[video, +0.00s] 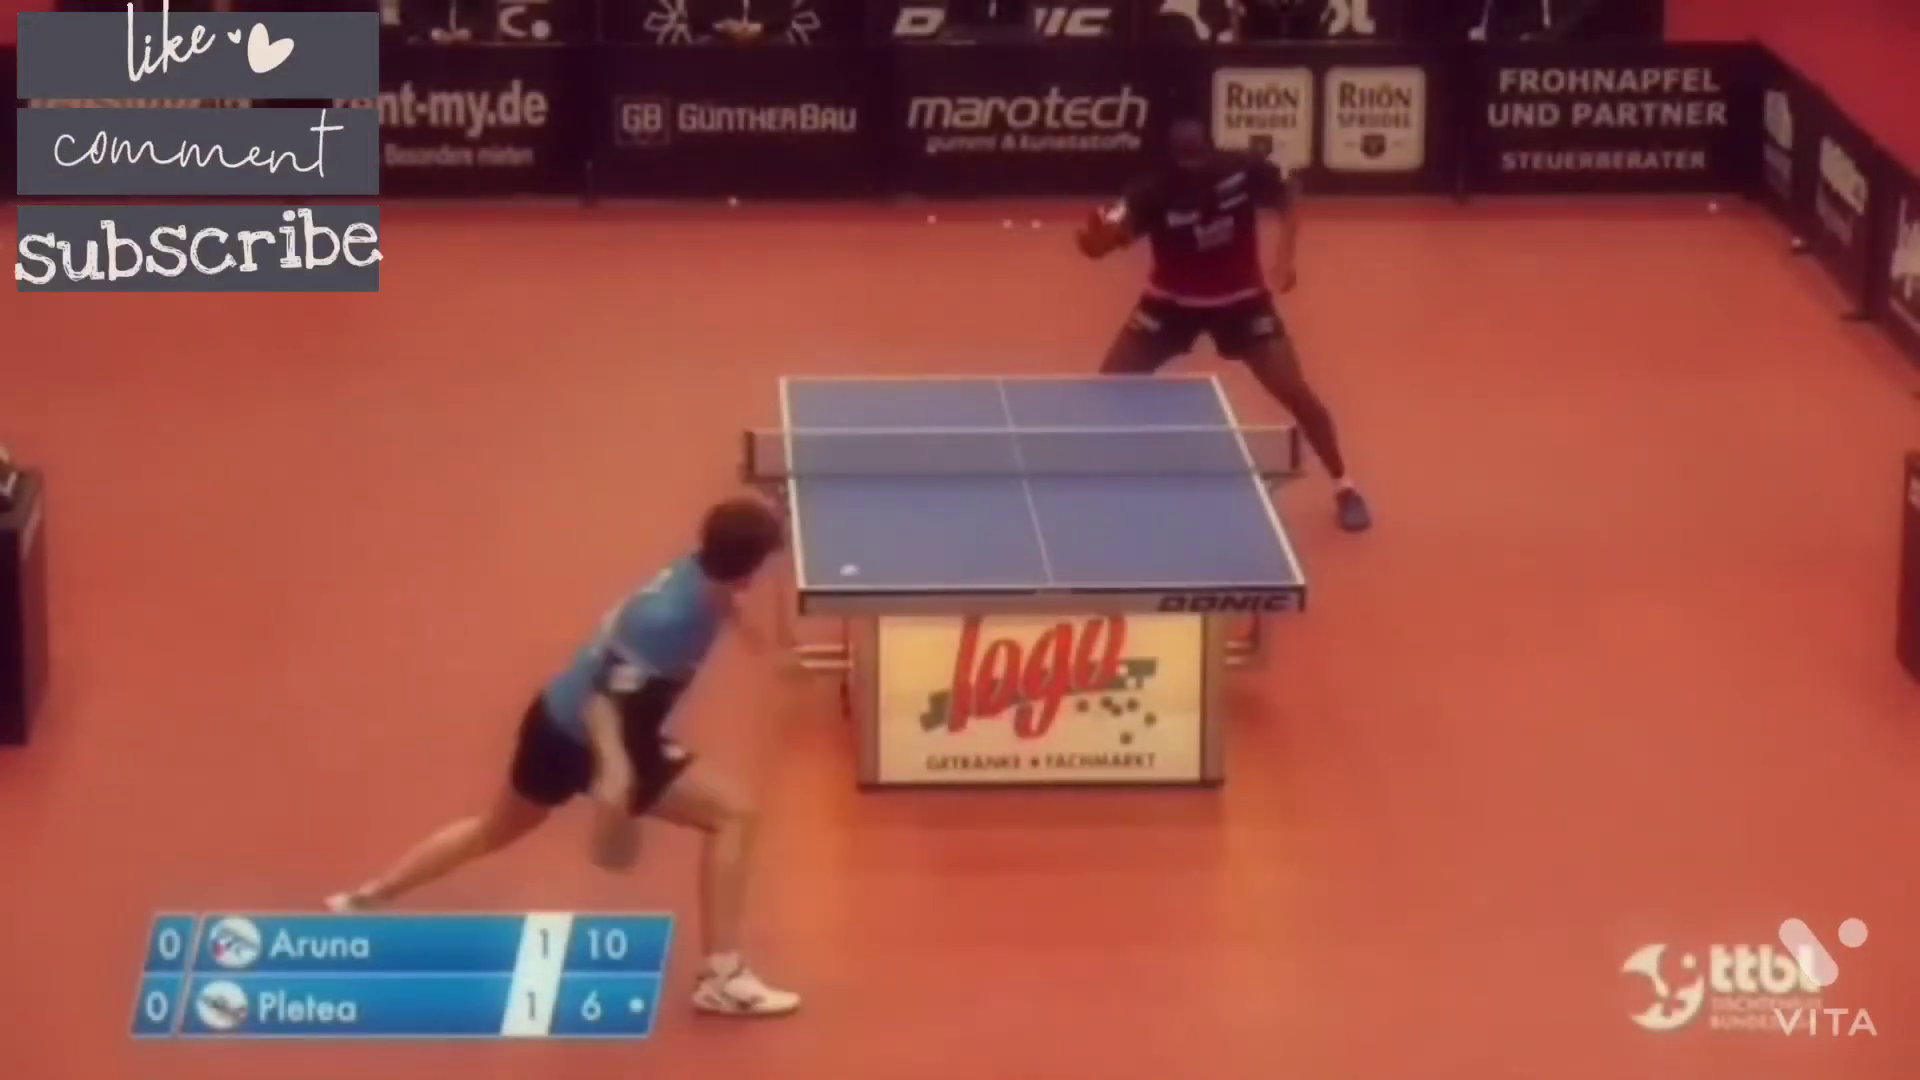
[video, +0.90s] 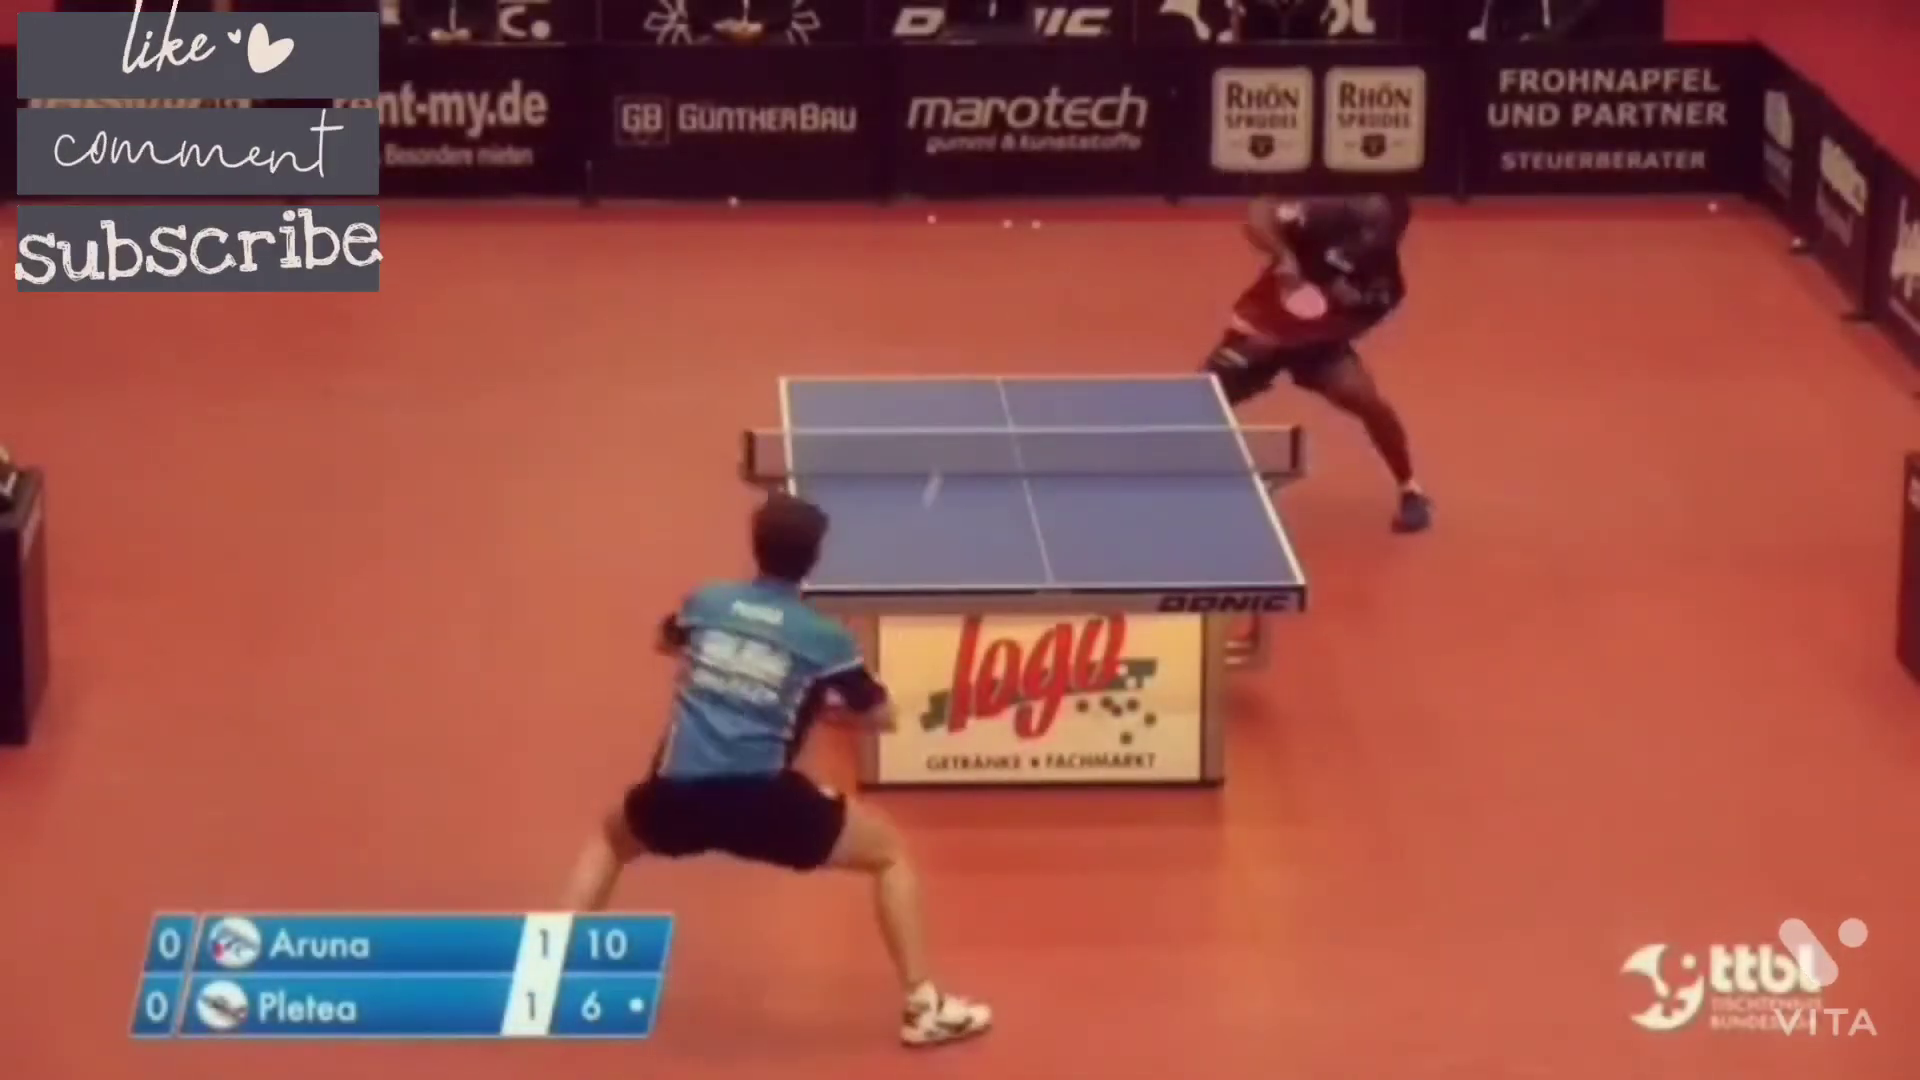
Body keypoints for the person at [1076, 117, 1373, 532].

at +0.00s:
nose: (1191, 160)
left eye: (1197, 150)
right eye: (1183, 152)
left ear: (1210, 145)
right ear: (1169, 152)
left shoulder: (1244, 173)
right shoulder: (1157, 188)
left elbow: (1286, 197)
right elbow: (1113, 235)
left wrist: (1285, 259)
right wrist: (1096, 235)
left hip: (1241, 303)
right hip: (1170, 305)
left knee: (1294, 392)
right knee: (1108, 389)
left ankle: (1343, 486)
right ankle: (1100, 496)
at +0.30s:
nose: (1135, 161)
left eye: (1143, 151)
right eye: (1127, 153)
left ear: (1159, 147)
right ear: (1119, 157)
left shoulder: (1200, 185)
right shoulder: (1116, 201)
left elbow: (1256, 229)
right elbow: (1109, 256)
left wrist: (1231, 286)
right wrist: (1099, 287)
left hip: (1213, 310)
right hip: (1144, 309)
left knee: (1261, 405)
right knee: (1083, 384)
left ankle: (1319, 486)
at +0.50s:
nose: (1160, 189)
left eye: (1165, 180)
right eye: (1154, 182)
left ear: (1181, 175)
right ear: (1149, 182)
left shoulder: (1217, 204)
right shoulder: (1167, 205)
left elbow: (1276, 256)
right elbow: (1164, 242)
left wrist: (1246, 316)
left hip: (1242, 329)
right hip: (1183, 323)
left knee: (1278, 425)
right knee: (1115, 375)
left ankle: (1363, 479)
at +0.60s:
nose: (1232, 175)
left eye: (1240, 167)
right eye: (1230, 167)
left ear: (1263, 167)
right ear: (1232, 170)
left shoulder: (1294, 212)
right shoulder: (1243, 204)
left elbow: (1294, 294)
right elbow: (1225, 216)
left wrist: (1221, 315)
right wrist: (1181, 205)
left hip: (1277, 336)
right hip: (1223, 326)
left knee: (1309, 435)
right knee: (1151, 379)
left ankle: (1402, 485)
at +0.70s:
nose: (1302, 202)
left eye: (1311, 195)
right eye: (1299, 192)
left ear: (1332, 198)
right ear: (1296, 188)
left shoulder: (1346, 248)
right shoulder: (1286, 192)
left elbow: (1300, 313)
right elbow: (1252, 191)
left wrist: (1221, 301)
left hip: (1293, 341)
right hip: (1234, 322)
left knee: (1324, 425)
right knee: (1157, 372)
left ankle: (1401, 488)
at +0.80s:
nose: (1364, 237)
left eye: (1374, 231)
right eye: (1359, 226)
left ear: (1388, 237)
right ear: (1347, 216)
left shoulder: (1381, 289)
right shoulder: (1319, 211)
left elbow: (1342, 334)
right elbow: (1267, 172)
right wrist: (1276, 219)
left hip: (1311, 346)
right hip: (1249, 333)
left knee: (1360, 415)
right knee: (1186, 404)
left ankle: (1405, 490)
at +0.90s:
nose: (1374, 234)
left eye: (1384, 229)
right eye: (1371, 224)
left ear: (1395, 234)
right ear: (1358, 215)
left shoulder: (1385, 284)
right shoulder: (1326, 217)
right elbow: (1259, 215)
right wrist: (1282, 255)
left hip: (1318, 347)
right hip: (1257, 337)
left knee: (1371, 405)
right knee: (1193, 409)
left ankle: (1409, 489)